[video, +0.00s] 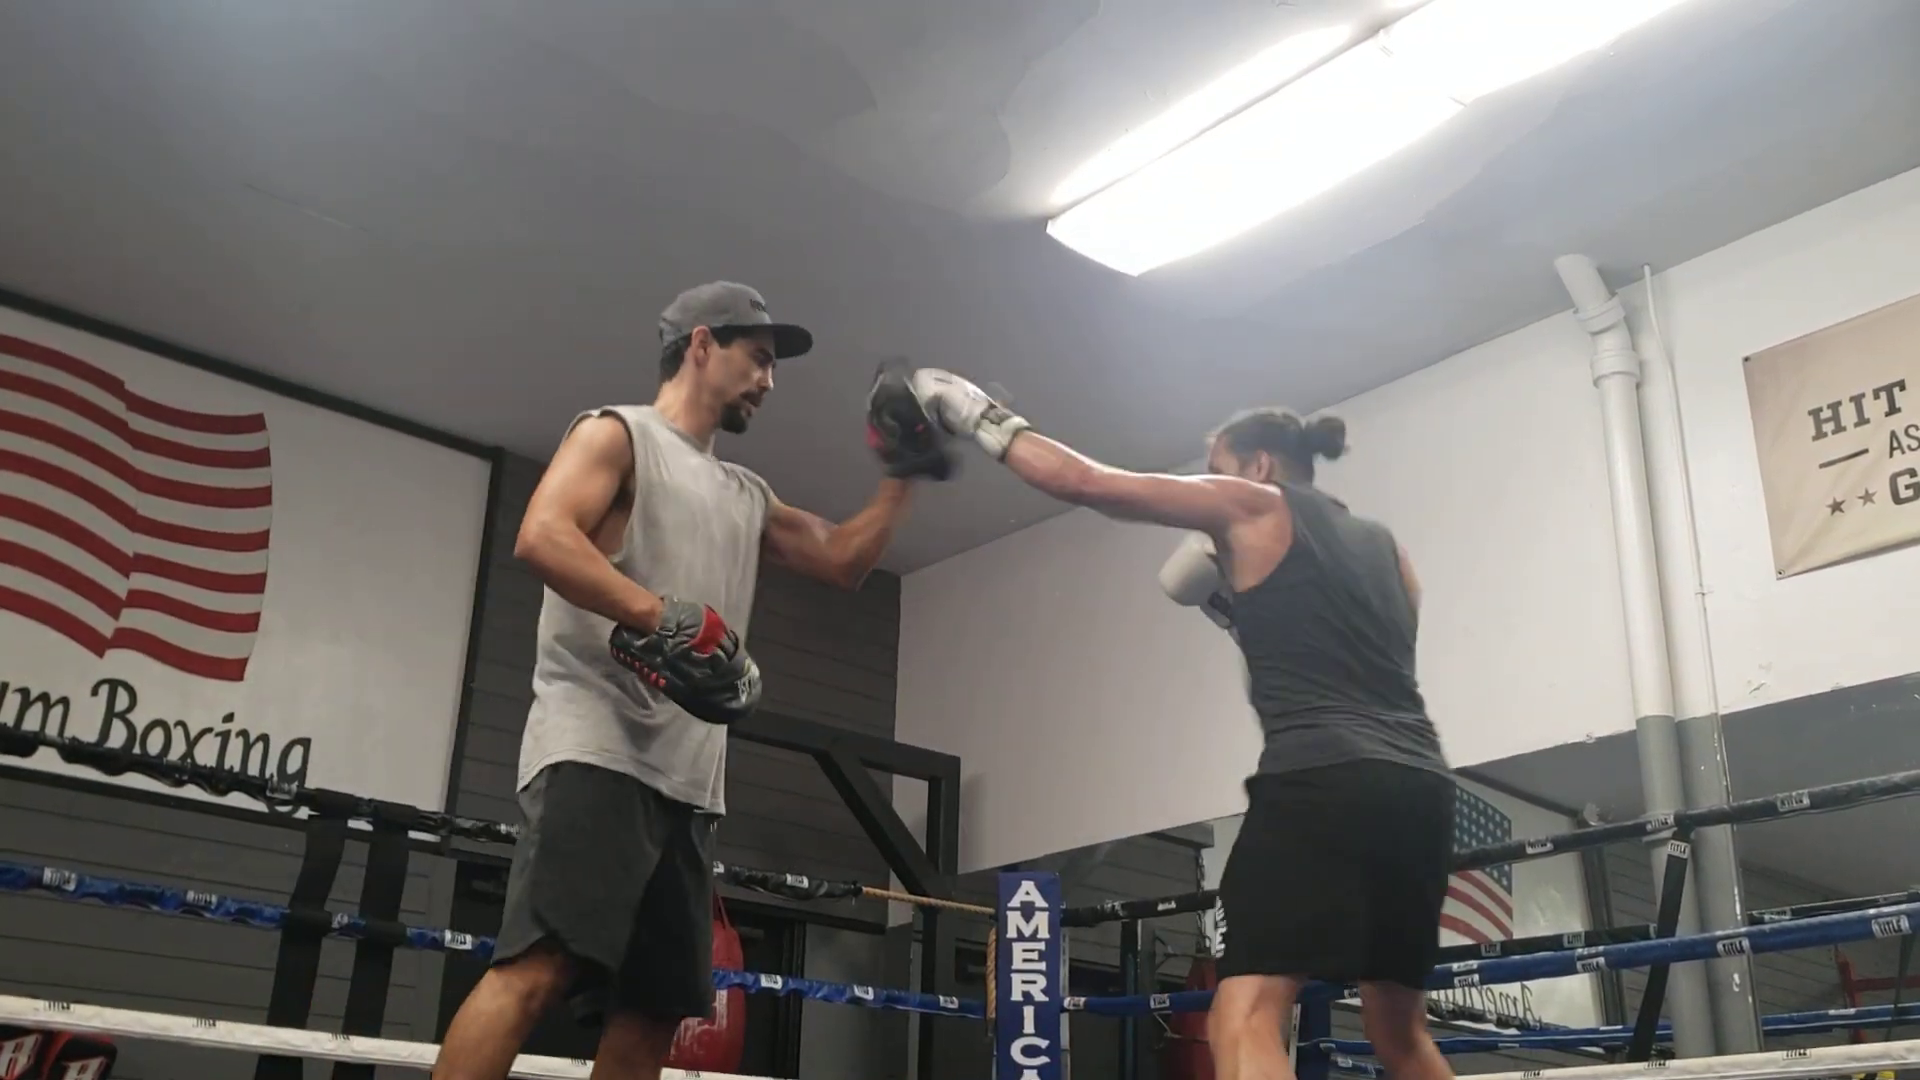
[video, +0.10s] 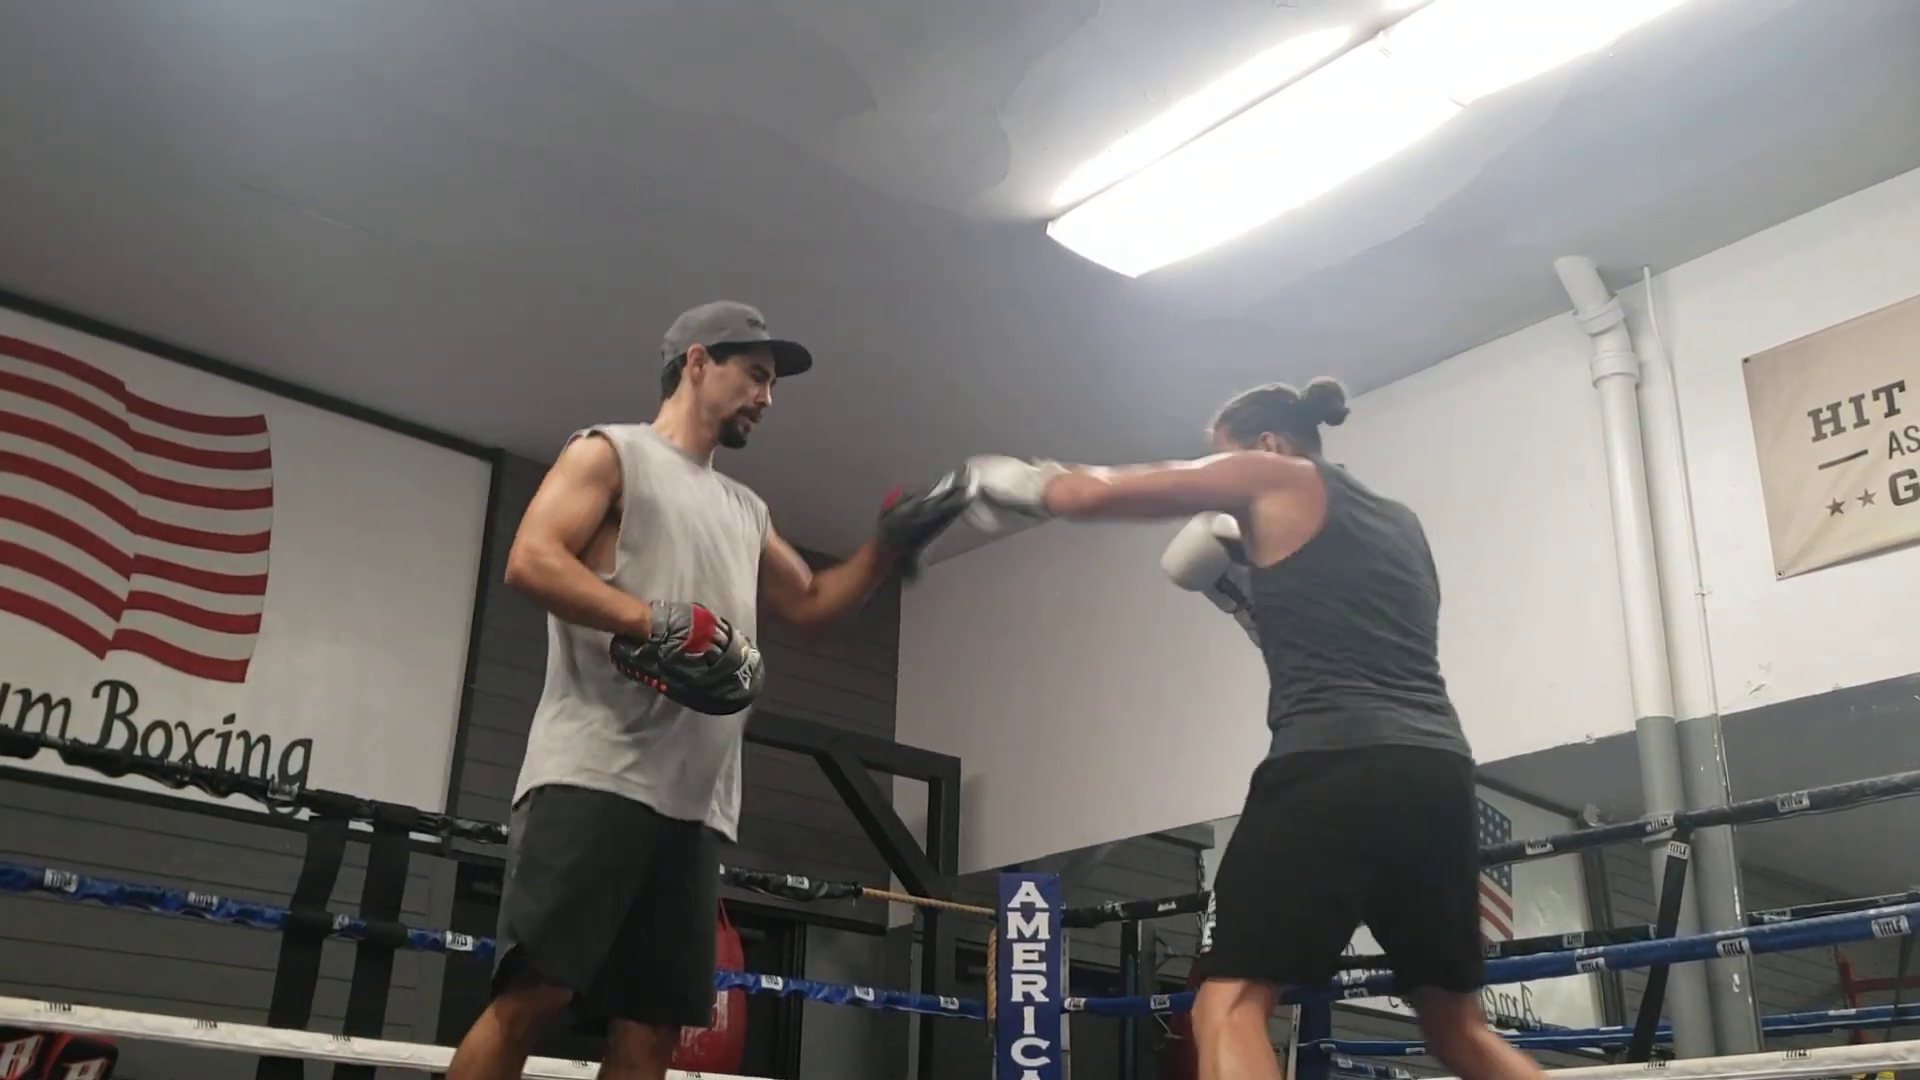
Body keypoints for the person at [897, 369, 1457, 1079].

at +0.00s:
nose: (1211, 486)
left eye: (1217, 471)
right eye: (1211, 472)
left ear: (1260, 465)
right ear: (1288, 465)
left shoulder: (1253, 503)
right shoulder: (1387, 545)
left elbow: (1084, 481)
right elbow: (1371, 650)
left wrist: (980, 415)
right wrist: (1229, 600)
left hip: (1319, 777)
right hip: (1422, 783)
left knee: (1248, 1019)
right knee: (1402, 1031)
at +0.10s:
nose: (1214, 470)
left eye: (1221, 452)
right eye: (1214, 454)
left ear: (1273, 442)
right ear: (1296, 440)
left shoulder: (1274, 478)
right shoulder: (1400, 521)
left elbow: (1085, 493)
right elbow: (1338, 637)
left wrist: (1014, 478)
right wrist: (1235, 587)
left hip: (1327, 769)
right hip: (1439, 773)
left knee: (1230, 1007)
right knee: (1457, 1023)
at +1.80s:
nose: (1512, 251)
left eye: (1514, 233)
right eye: (1509, 242)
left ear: (1540, 214)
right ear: (1604, 193)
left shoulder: (1575, 231)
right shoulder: (1757, 282)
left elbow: (1430, 371)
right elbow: (1643, 438)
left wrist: (1404, 319)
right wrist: (1502, 372)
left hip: (1624, 606)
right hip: (1787, 601)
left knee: (1487, 921)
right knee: (1864, 919)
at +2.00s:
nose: (1420, 315)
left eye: (1417, 287)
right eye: (1410, 296)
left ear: (1467, 246)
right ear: (1489, 245)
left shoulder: (1531, 292)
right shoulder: (1659, 317)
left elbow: (1409, 473)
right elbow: (1569, 529)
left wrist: (1362, 390)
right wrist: (1464, 420)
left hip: (1625, 634)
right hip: (1776, 631)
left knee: (1476, 939)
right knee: (1838, 952)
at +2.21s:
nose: (1343, 368)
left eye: (1338, 340)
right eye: (1331, 352)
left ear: (1385, 296)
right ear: (1399, 291)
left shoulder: (1489, 321)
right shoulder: (1586, 356)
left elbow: (1461, 517)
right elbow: (1538, 549)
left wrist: (1365, 456)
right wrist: (1400, 530)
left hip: (1601, 643)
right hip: (1728, 639)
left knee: (1457, 946)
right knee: (1795, 985)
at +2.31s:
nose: (1371, 367)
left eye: (1361, 347)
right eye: (1359, 355)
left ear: (1388, 303)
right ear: (1424, 285)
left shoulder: (1478, 322)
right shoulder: (1595, 361)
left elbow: (1366, 502)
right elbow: (1549, 575)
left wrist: (1325, 419)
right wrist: (1446, 516)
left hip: (1597, 644)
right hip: (1727, 639)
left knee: (1464, 947)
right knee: (1802, 972)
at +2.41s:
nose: (1401, 392)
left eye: (1398, 371)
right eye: (1394, 380)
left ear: (1421, 332)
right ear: (1474, 301)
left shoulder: (1470, 335)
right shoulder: (1631, 380)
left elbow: (1350, 508)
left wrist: (1334, 436)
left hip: (1609, 661)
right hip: (1743, 654)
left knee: (1457, 955)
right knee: (1826, 967)